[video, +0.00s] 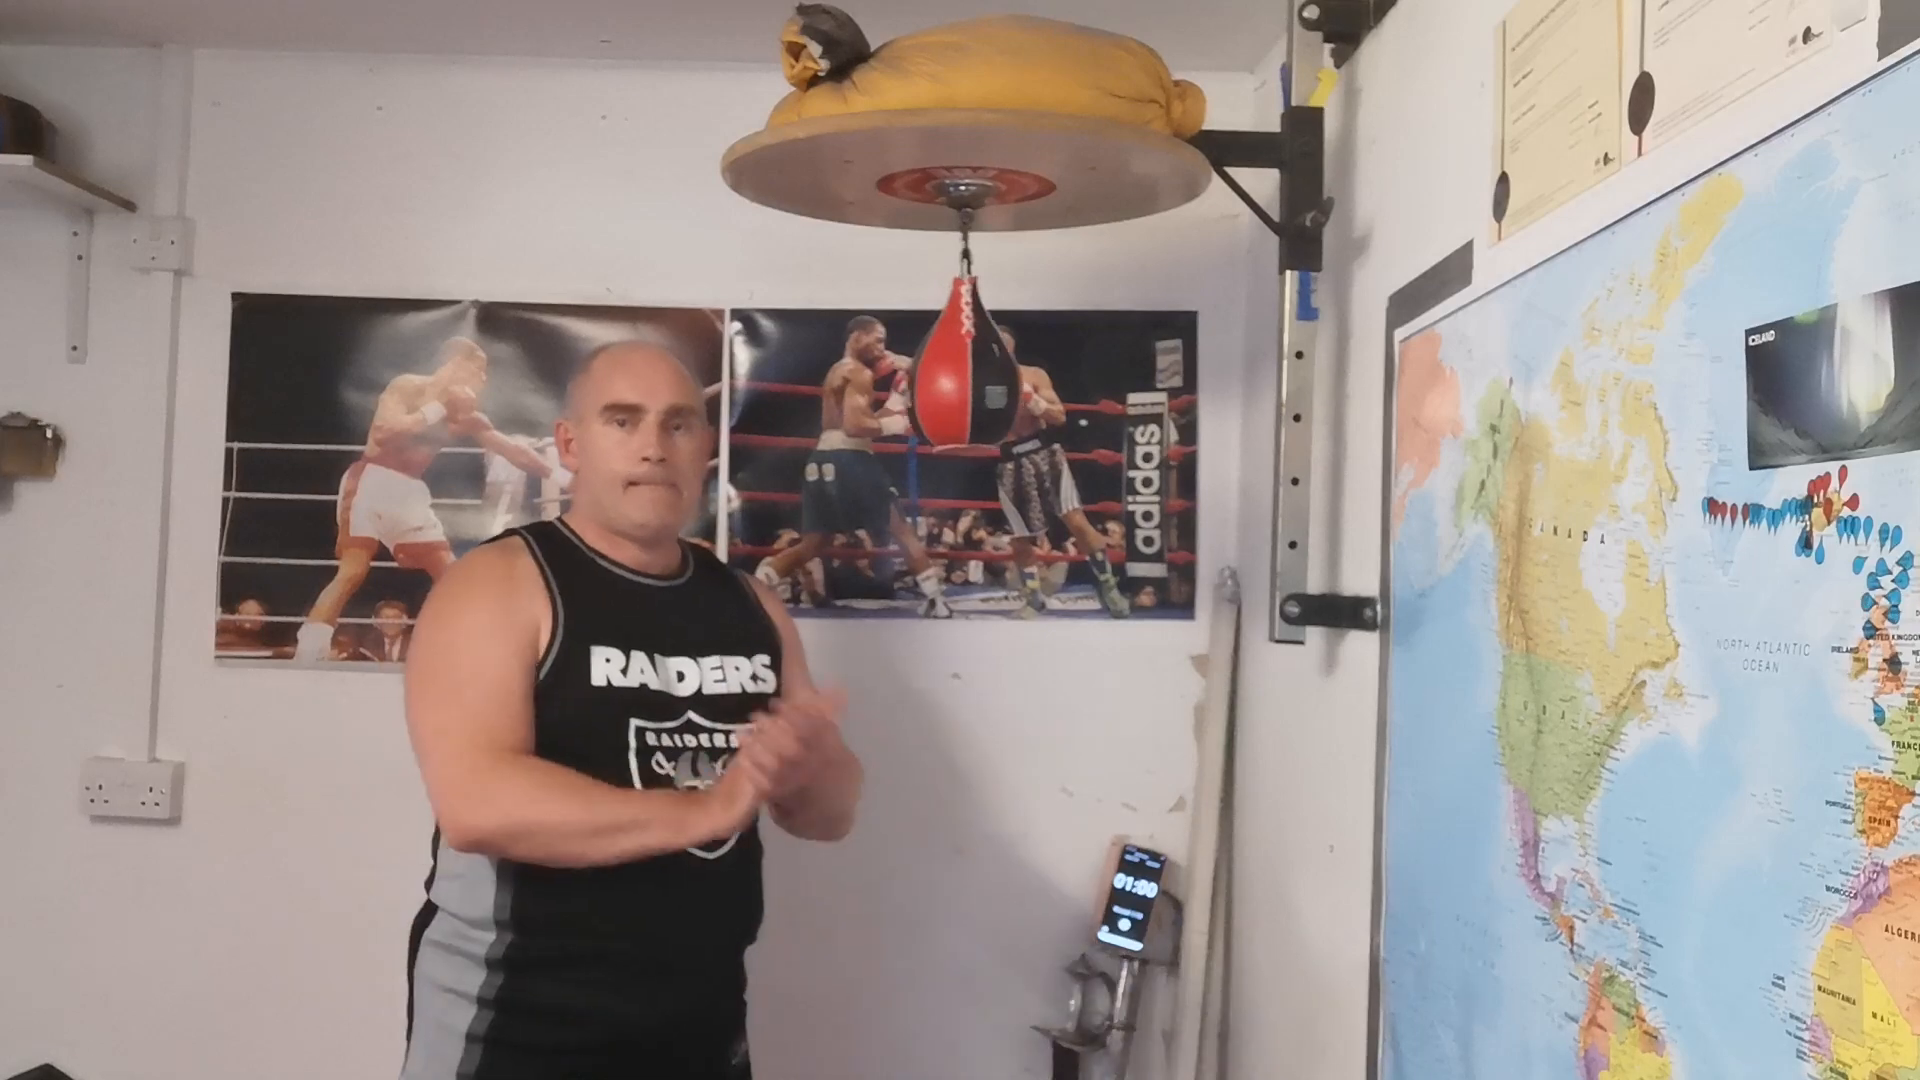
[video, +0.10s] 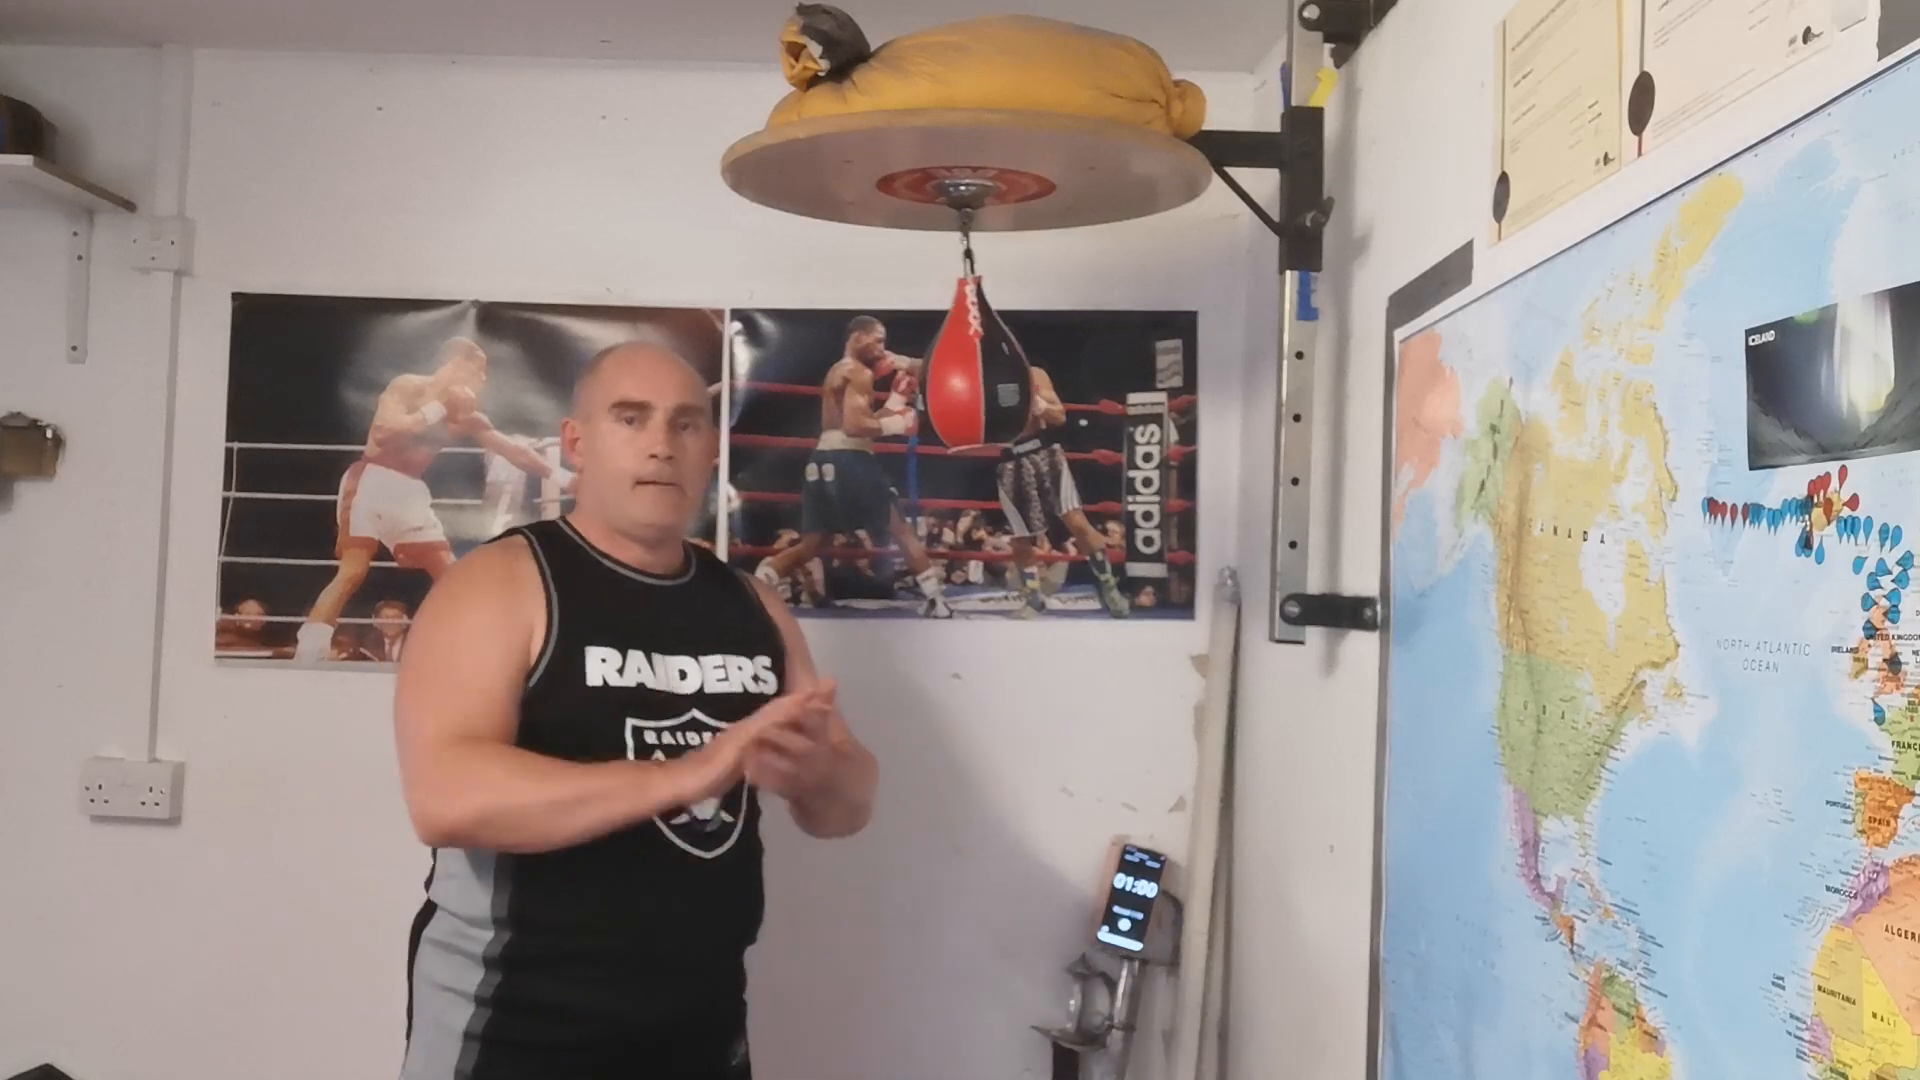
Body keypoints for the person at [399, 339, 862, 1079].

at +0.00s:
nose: (652, 447)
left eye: (678, 423)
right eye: (623, 420)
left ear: (709, 451)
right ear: (569, 447)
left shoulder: (749, 606)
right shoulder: (493, 587)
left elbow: (830, 817)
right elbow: (476, 801)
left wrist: (808, 768)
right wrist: (697, 813)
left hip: (694, 1017)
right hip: (516, 1018)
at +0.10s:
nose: (661, 445)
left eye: (686, 423)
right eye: (631, 418)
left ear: (714, 452)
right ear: (575, 443)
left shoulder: (752, 606)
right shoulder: (493, 586)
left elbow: (844, 808)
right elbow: (446, 795)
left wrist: (819, 773)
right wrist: (680, 777)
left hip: (695, 1021)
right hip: (514, 1021)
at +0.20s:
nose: (674, 447)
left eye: (697, 426)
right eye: (642, 419)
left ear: (719, 454)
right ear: (583, 443)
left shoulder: (752, 607)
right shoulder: (500, 584)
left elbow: (846, 798)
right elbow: (401, 782)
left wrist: (874, 791)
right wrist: (589, 756)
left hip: (695, 1019)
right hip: (514, 1020)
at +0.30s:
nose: (691, 448)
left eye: (714, 426)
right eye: (660, 420)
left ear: (733, 456)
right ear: (597, 442)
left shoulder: (753, 609)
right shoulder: (504, 573)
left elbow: (858, 774)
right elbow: (360, 783)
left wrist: (952, 743)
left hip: (695, 1015)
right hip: (512, 1016)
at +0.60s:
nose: (716, 460)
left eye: (739, 443)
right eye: (687, 431)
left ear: (756, 470)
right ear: (620, 448)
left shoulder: (768, 620)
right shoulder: (533, 571)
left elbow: (890, 769)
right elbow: (338, 745)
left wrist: (991, 699)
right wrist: (419, 623)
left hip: (698, 1029)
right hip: (513, 1029)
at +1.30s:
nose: (706, 452)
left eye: (730, 436)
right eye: (679, 424)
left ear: (753, 465)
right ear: (620, 444)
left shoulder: (771, 619)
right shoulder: (532, 575)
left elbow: (869, 779)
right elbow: (368, 724)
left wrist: (954, 910)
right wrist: (435, 829)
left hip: (706, 1028)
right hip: (532, 1024)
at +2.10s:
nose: (659, 444)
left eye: (681, 419)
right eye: (626, 419)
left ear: (710, 446)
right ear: (570, 448)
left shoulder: (733, 609)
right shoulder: (502, 595)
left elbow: (789, 809)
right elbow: (394, 814)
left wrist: (850, 976)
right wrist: (487, 1022)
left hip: (706, 1040)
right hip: (540, 1044)